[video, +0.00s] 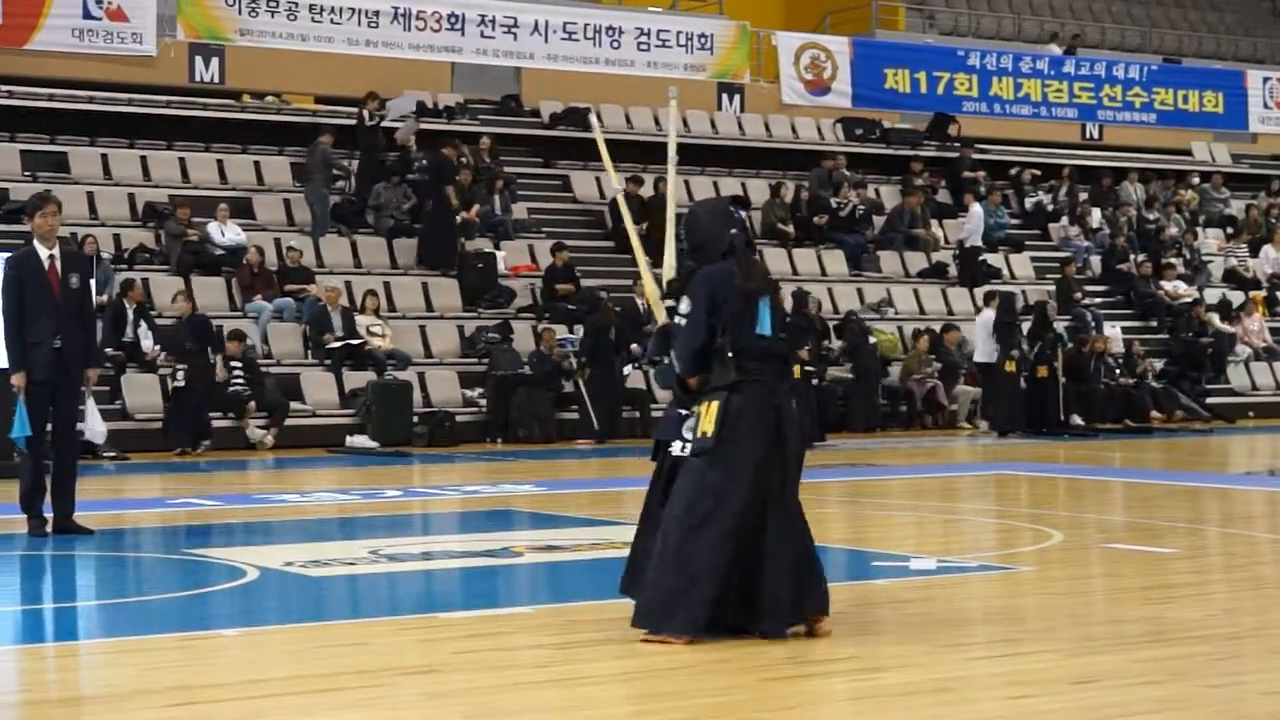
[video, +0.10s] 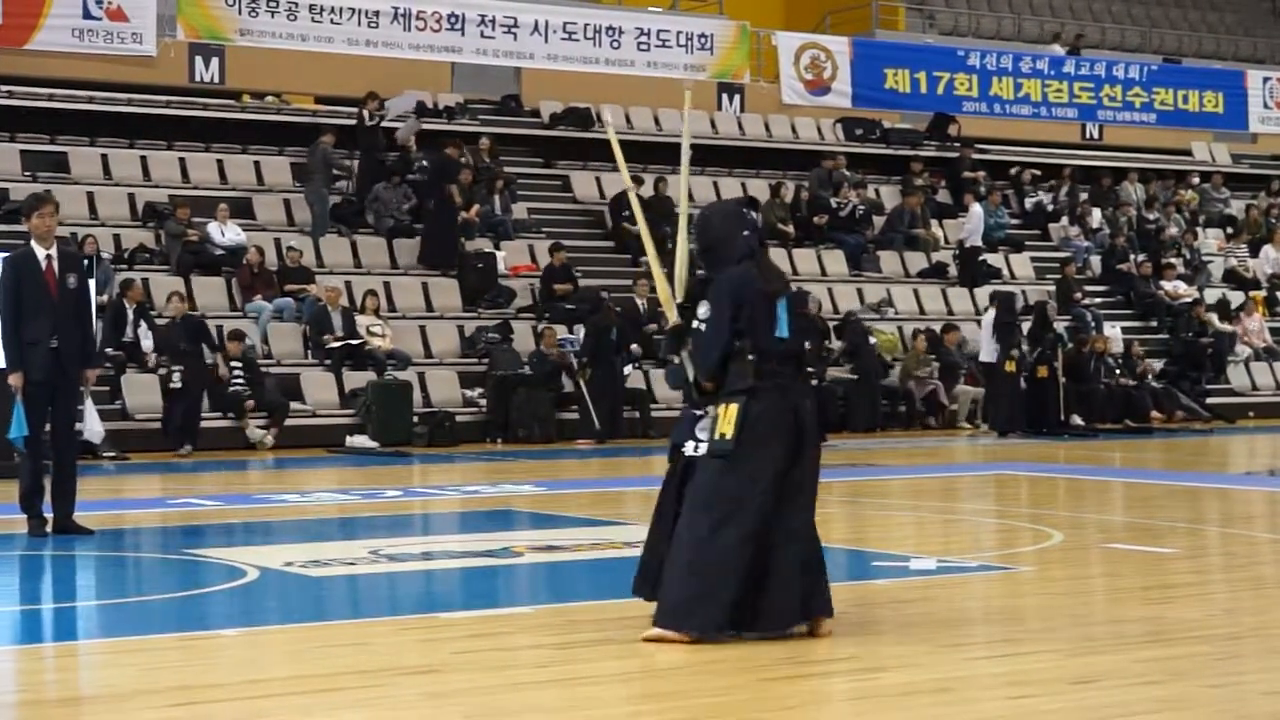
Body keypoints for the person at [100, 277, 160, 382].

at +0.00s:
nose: (142, 292)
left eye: (141, 289)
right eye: (138, 289)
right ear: (129, 293)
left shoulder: (141, 307)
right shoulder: (114, 306)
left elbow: (153, 327)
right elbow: (107, 327)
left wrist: (157, 348)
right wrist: (108, 348)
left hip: (133, 344)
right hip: (116, 345)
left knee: (151, 364)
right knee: (120, 361)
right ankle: (116, 396)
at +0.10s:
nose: (141, 291)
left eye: (141, 288)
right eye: (138, 289)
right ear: (128, 292)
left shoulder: (141, 307)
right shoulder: (114, 305)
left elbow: (153, 327)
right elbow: (108, 328)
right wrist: (108, 347)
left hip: (134, 344)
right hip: (116, 344)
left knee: (148, 362)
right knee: (120, 361)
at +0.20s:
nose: (141, 291)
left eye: (140, 288)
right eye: (136, 288)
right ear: (126, 292)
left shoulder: (141, 306)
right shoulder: (114, 306)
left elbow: (153, 327)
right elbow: (108, 328)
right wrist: (108, 347)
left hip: (134, 344)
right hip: (116, 345)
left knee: (149, 361)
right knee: (119, 361)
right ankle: (116, 397)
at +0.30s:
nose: (140, 291)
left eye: (140, 288)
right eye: (135, 288)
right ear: (125, 292)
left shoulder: (141, 307)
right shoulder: (114, 306)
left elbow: (152, 326)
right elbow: (108, 328)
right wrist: (108, 347)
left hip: (134, 344)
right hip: (116, 345)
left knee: (147, 359)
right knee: (119, 361)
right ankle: (116, 396)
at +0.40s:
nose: (139, 291)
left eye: (139, 288)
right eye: (135, 289)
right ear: (125, 292)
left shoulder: (141, 307)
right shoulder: (114, 306)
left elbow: (150, 327)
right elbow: (107, 328)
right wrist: (107, 346)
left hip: (134, 344)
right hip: (116, 345)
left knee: (149, 355)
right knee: (116, 361)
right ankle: (116, 396)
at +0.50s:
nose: (139, 291)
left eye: (139, 288)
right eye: (135, 288)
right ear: (125, 292)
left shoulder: (142, 307)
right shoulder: (114, 306)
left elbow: (148, 327)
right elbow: (107, 327)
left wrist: (145, 341)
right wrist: (106, 346)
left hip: (135, 343)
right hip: (117, 344)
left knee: (146, 353)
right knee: (116, 360)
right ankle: (116, 395)